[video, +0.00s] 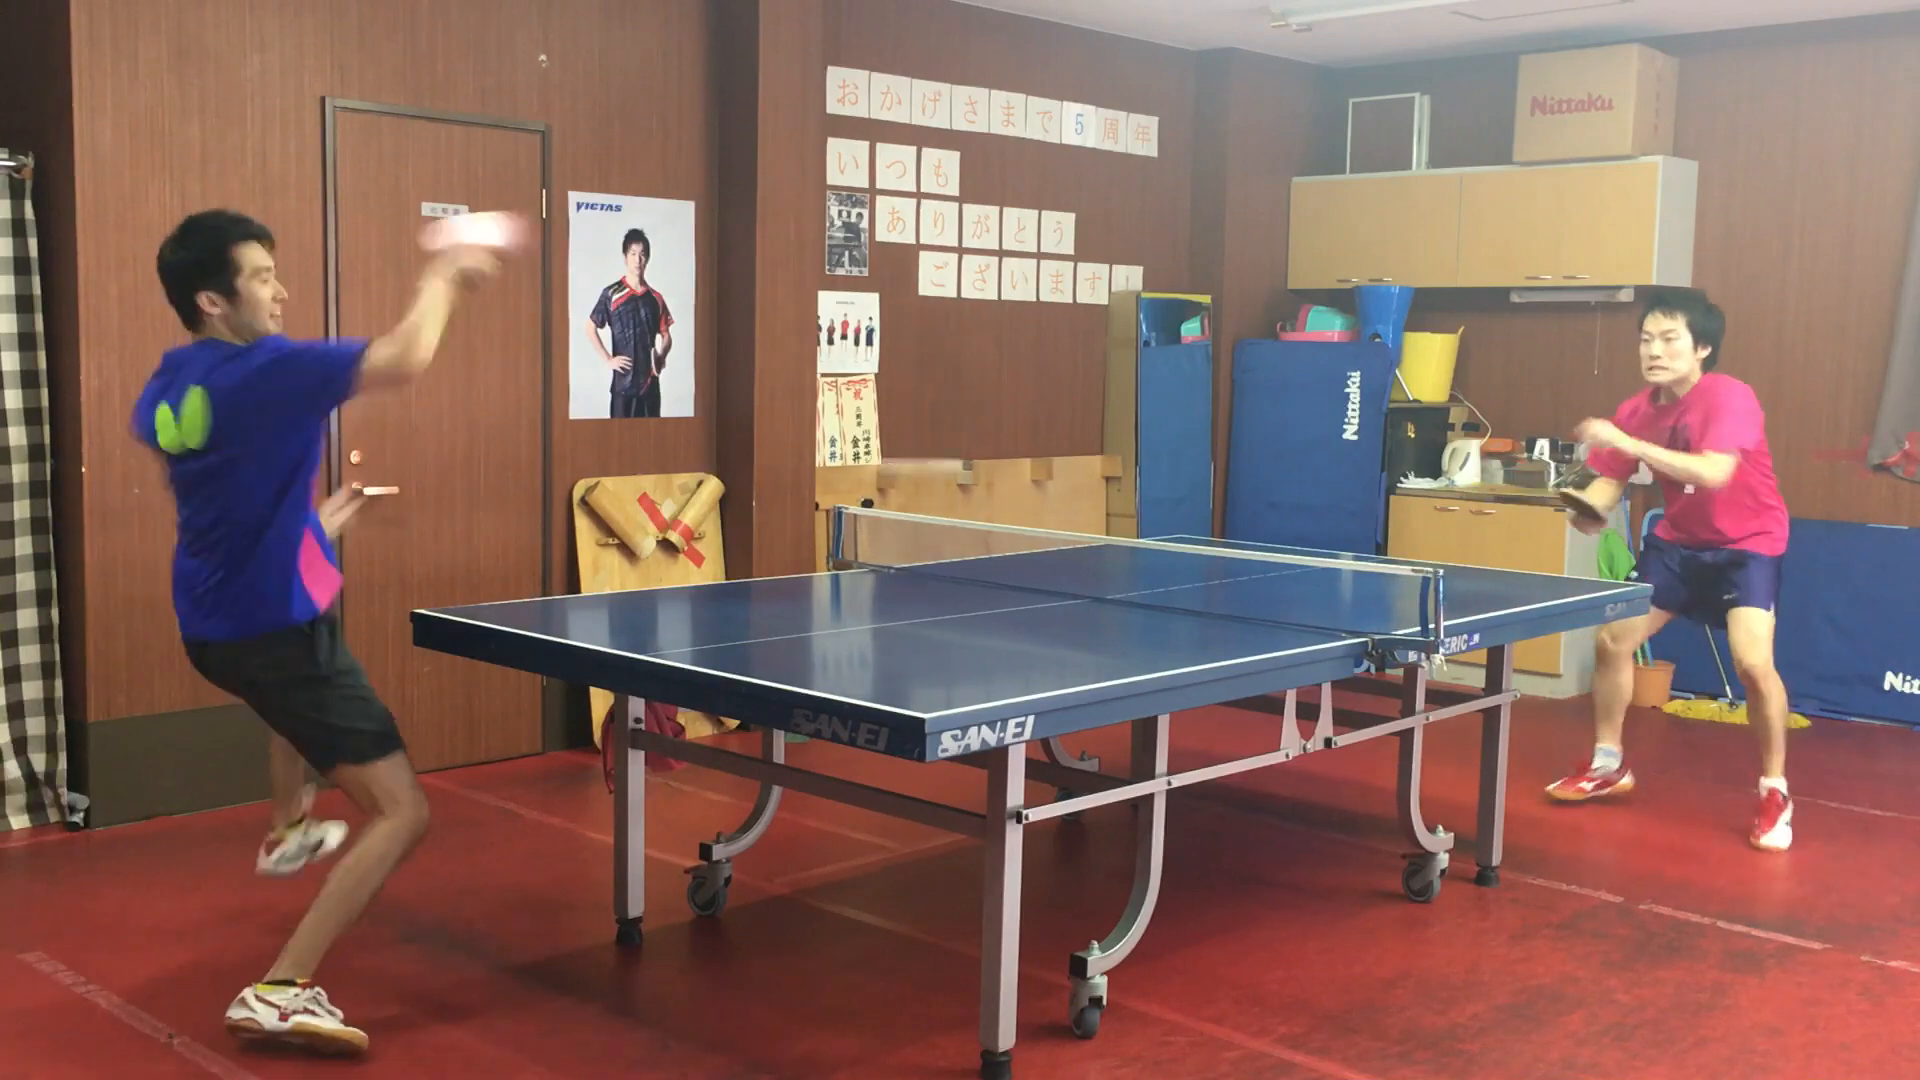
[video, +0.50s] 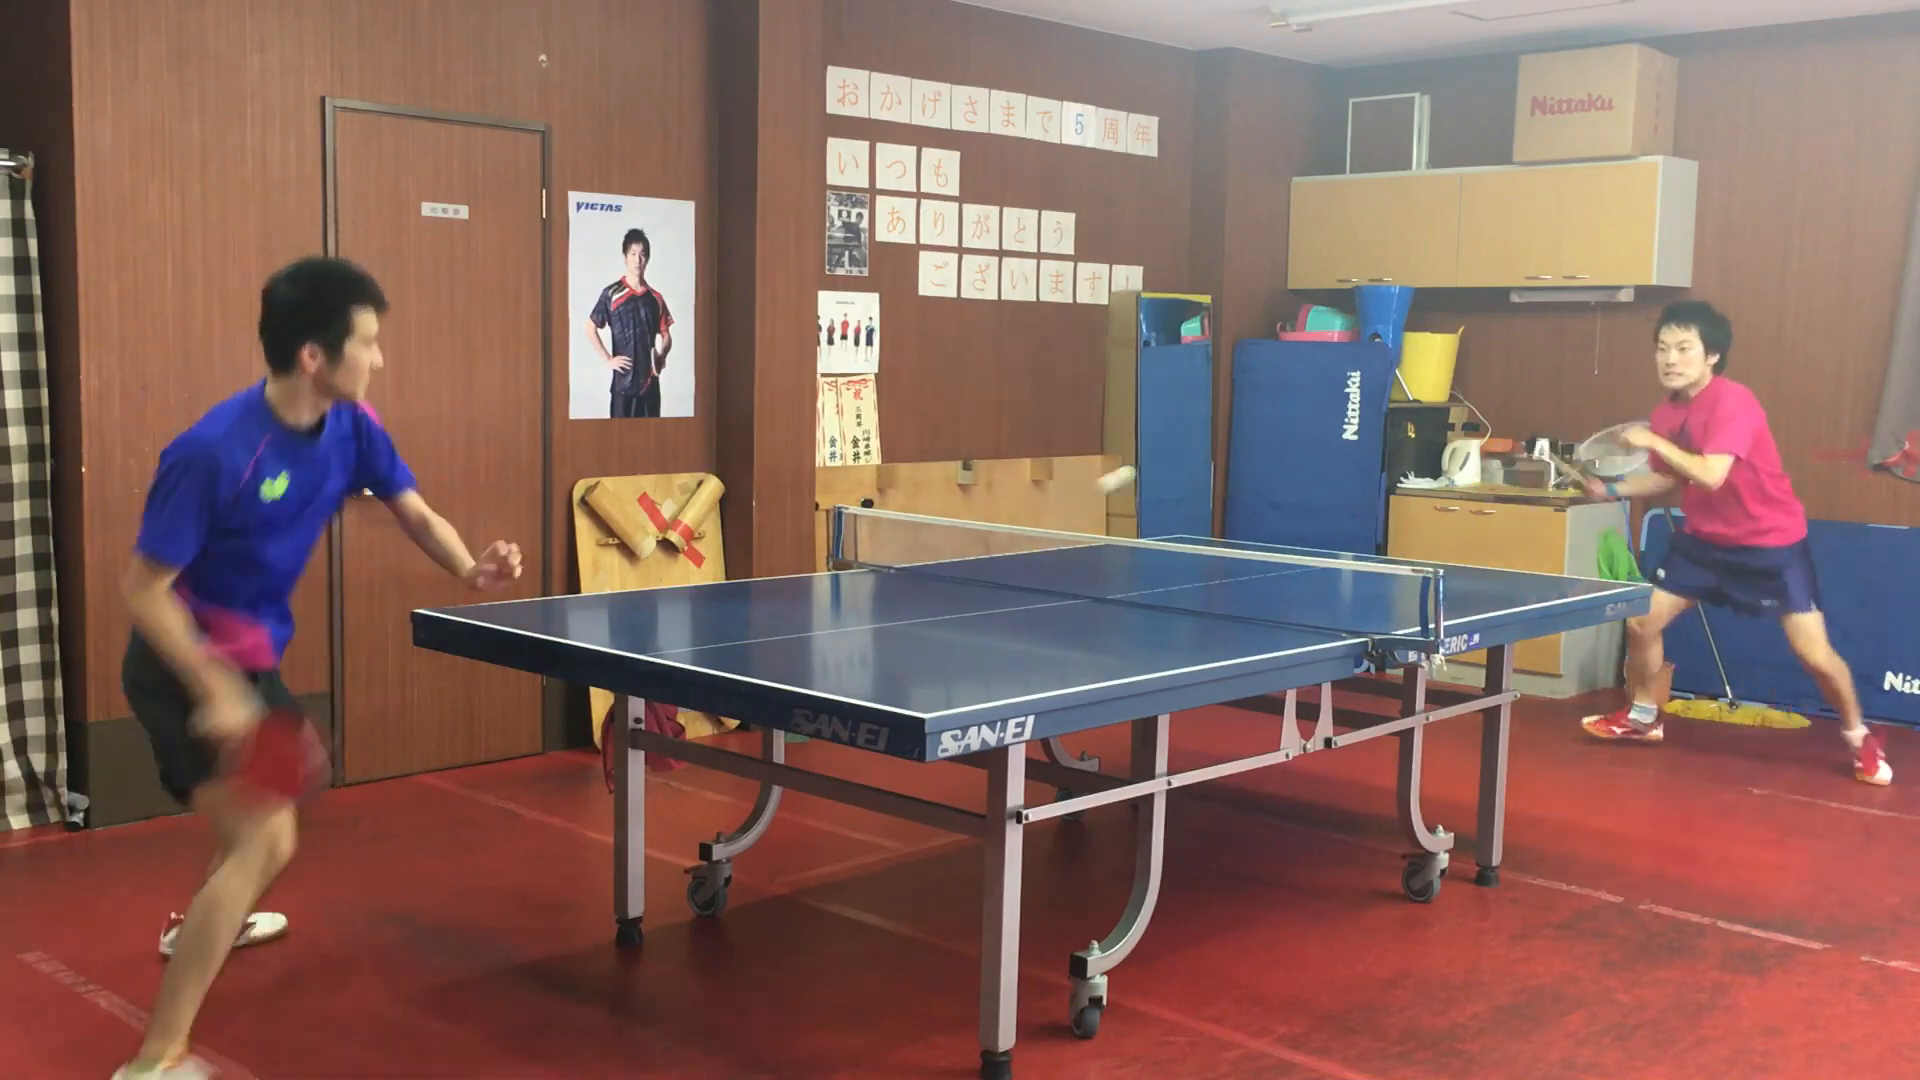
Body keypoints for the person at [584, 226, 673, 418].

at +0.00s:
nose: (639, 259)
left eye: (643, 254)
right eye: (633, 254)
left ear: (648, 258)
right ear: (625, 257)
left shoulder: (655, 298)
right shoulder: (611, 294)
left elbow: (666, 336)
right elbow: (590, 328)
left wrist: (661, 357)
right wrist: (608, 359)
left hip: (650, 380)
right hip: (624, 380)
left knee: (649, 437)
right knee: (622, 438)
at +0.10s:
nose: (638, 260)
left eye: (643, 254)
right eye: (633, 254)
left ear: (648, 258)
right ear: (625, 257)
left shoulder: (655, 298)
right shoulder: (611, 294)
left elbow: (666, 336)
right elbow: (590, 328)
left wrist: (661, 355)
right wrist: (608, 359)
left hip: (650, 380)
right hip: (624, 380)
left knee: (649, 437)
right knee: (622, 438)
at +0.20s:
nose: (639, 260)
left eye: (643, 254)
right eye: (633, 254)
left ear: (648, 258)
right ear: (625, 257)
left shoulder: (655, 298)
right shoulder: (611, 294)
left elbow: (666, 336)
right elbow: (590, 327)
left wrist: (661, 356)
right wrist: (608, 359)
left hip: (650, 380)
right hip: (624, 380)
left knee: (649, 437)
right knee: (622, 438)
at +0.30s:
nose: (639, 259)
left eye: (643, 254)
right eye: (633, 254)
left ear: (648, 258)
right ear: (625, 257)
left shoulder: (655, 298)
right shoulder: (611, 294)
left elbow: (666, 336)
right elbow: (590, 327)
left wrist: (661, 356)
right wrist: (608, 359)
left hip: (650, 380)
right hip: (624, 381)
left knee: (649, 438)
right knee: (622, 438)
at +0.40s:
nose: (638, 260)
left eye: (643, 254)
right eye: (633, 254)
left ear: (648, 258)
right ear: (625, 257)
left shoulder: (655, 298)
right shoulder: (611, 294)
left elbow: (666, 336)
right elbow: (590, 327)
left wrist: (661, 356)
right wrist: (608, 359)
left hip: (650, 380)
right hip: (624, 381)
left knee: (649, 438)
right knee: (622, 438)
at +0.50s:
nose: (639, 260)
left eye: (643, 254)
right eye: (633, 254)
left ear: (648, 258)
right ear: (625, 257)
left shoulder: (655, 297)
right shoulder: (611, 294)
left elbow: (666, 336)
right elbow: (590, 327)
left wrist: (661, 356)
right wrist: (608, 359)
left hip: (650, 380)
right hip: (624, 381)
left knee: (649, 438)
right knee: (622, 438)